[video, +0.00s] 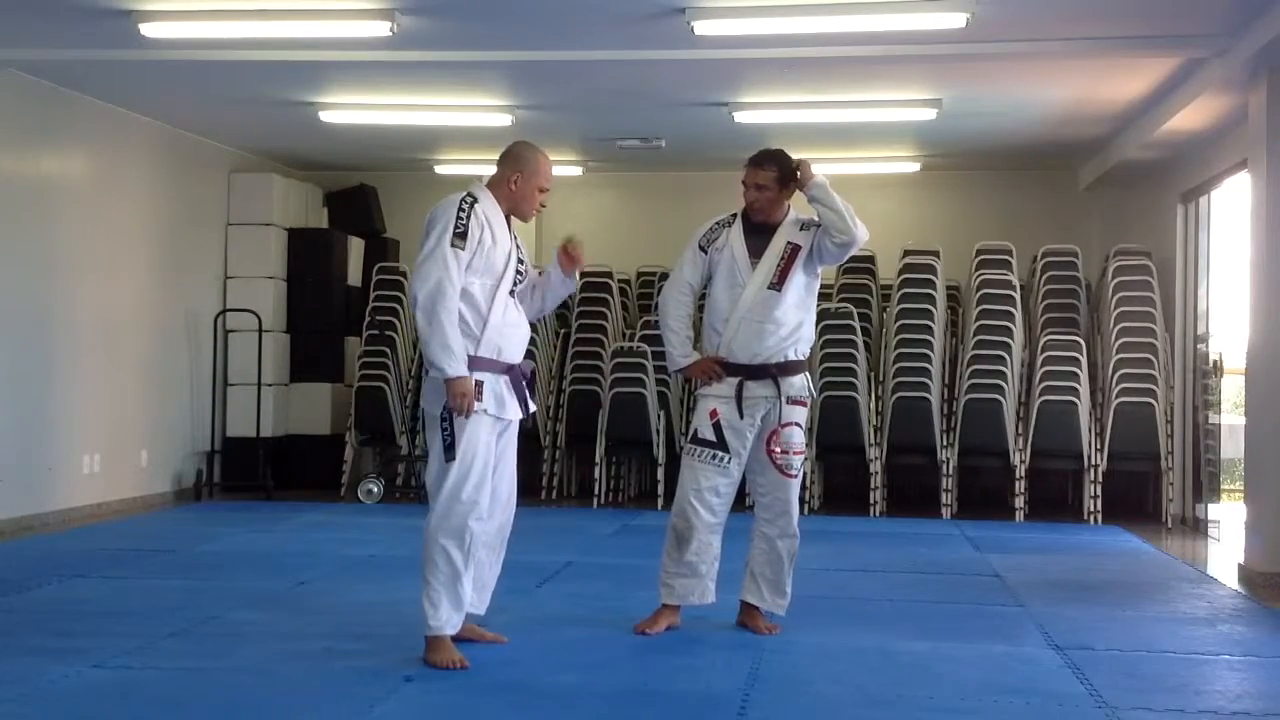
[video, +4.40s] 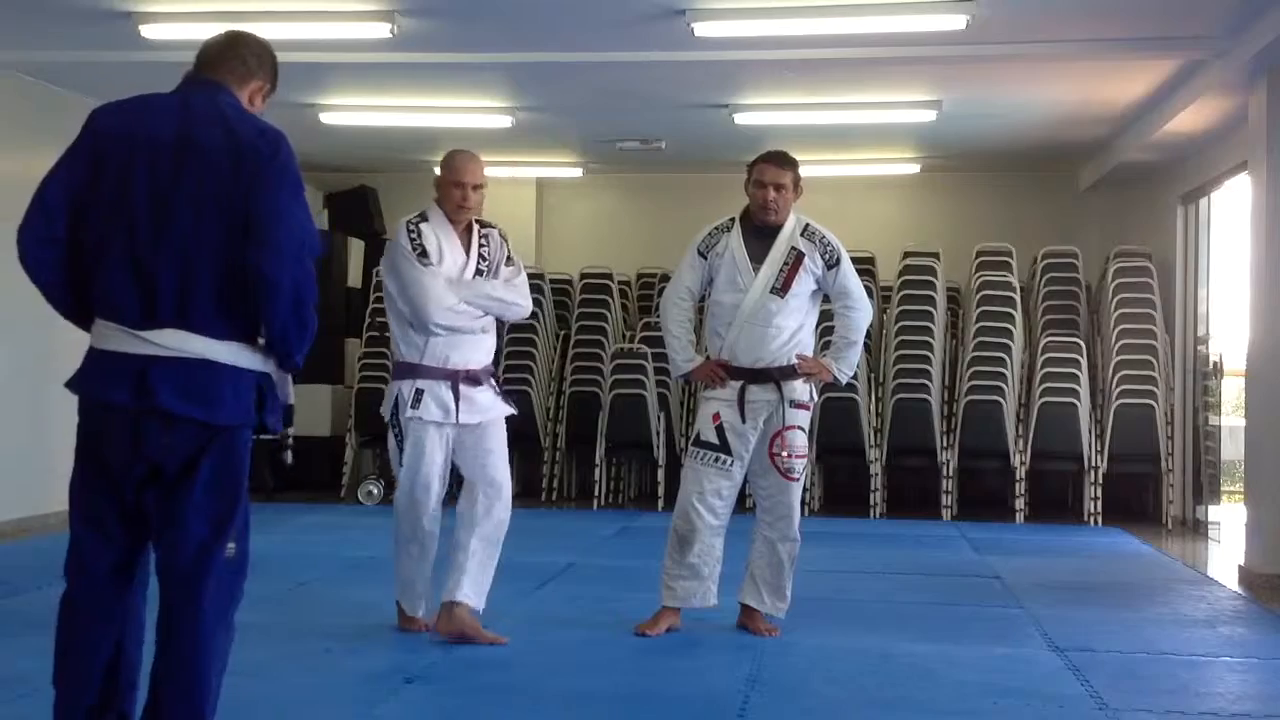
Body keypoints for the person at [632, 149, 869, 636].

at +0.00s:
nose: (750, 195)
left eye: (761, 188)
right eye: (746, 186)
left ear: (787, 193)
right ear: (741, 185)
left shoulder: (809, 236)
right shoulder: (715, 235)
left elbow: (851, 237)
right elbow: (675, 295)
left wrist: (813, 186)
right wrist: (686, 356)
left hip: (786, 386)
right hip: (722, 383)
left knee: (779, 505)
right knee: (695, 500)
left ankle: (755, 606)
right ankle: (672, 604)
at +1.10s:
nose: (736, 202)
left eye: (746, 195)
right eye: (733, 192)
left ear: (775, 195)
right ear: (731, 188)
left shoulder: (807, 240)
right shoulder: (712, 238)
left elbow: (866, 285)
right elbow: (674, 302)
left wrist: (825, 247)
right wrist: (687, 360)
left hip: (785, 389)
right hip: (721, 386)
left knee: (780, 506)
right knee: (696, 502)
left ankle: (756, 605)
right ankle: (672, 604)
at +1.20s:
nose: (733, 203)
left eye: (743, 196)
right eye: (729, 194)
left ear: (771, 194)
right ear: (725, 190)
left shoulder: (809, 239)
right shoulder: (709, 240)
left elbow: (861, 282)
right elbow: (674, 303)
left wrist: (846, 311)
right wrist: (687, 360)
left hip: (786, 390)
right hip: (722, 387)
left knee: (780, 506)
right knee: (696, 501)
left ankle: (756, 605)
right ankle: (672, 604)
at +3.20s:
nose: (765, 194)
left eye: (777, 186)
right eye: (757, 183)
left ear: (794, 192)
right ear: (743, 187)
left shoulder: (819, 246)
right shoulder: (712, 239)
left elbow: (854, 307)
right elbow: (674, 301)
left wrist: (835, 363)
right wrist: (687, 359)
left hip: (786, 393)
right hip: (721, 388)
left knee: (780, 509)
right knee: (695, 503)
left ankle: (756, 607)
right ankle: (672, 605)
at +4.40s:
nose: (769, 196)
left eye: (780, 188)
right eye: (760, 186)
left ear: (796, 193)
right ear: (746, 188)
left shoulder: (819, 246)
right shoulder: (715, 239)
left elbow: (856, 307)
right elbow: (675, 301)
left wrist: (837, 364)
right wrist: (688, 359)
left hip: (788, 393)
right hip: (723, 388)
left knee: (780, 508)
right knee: (697, 502)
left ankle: (756, 607)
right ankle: (673, 605)